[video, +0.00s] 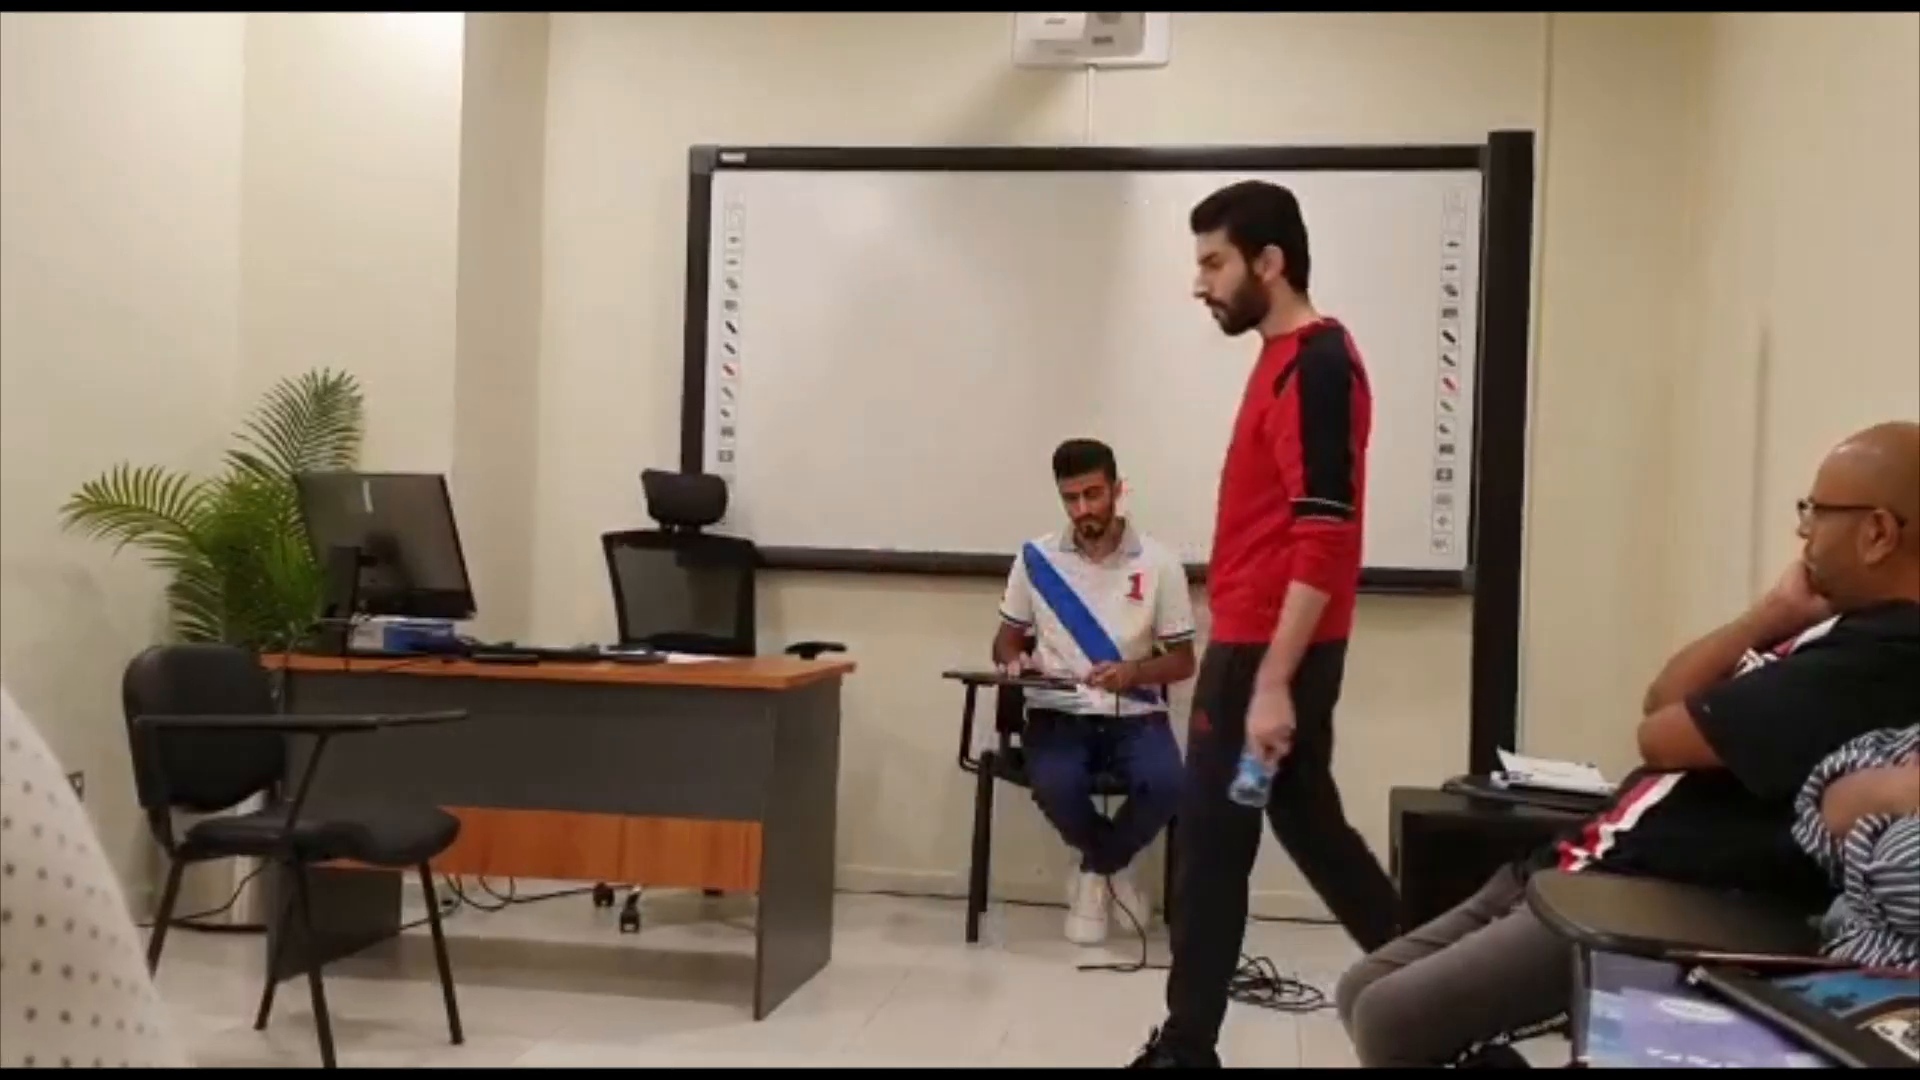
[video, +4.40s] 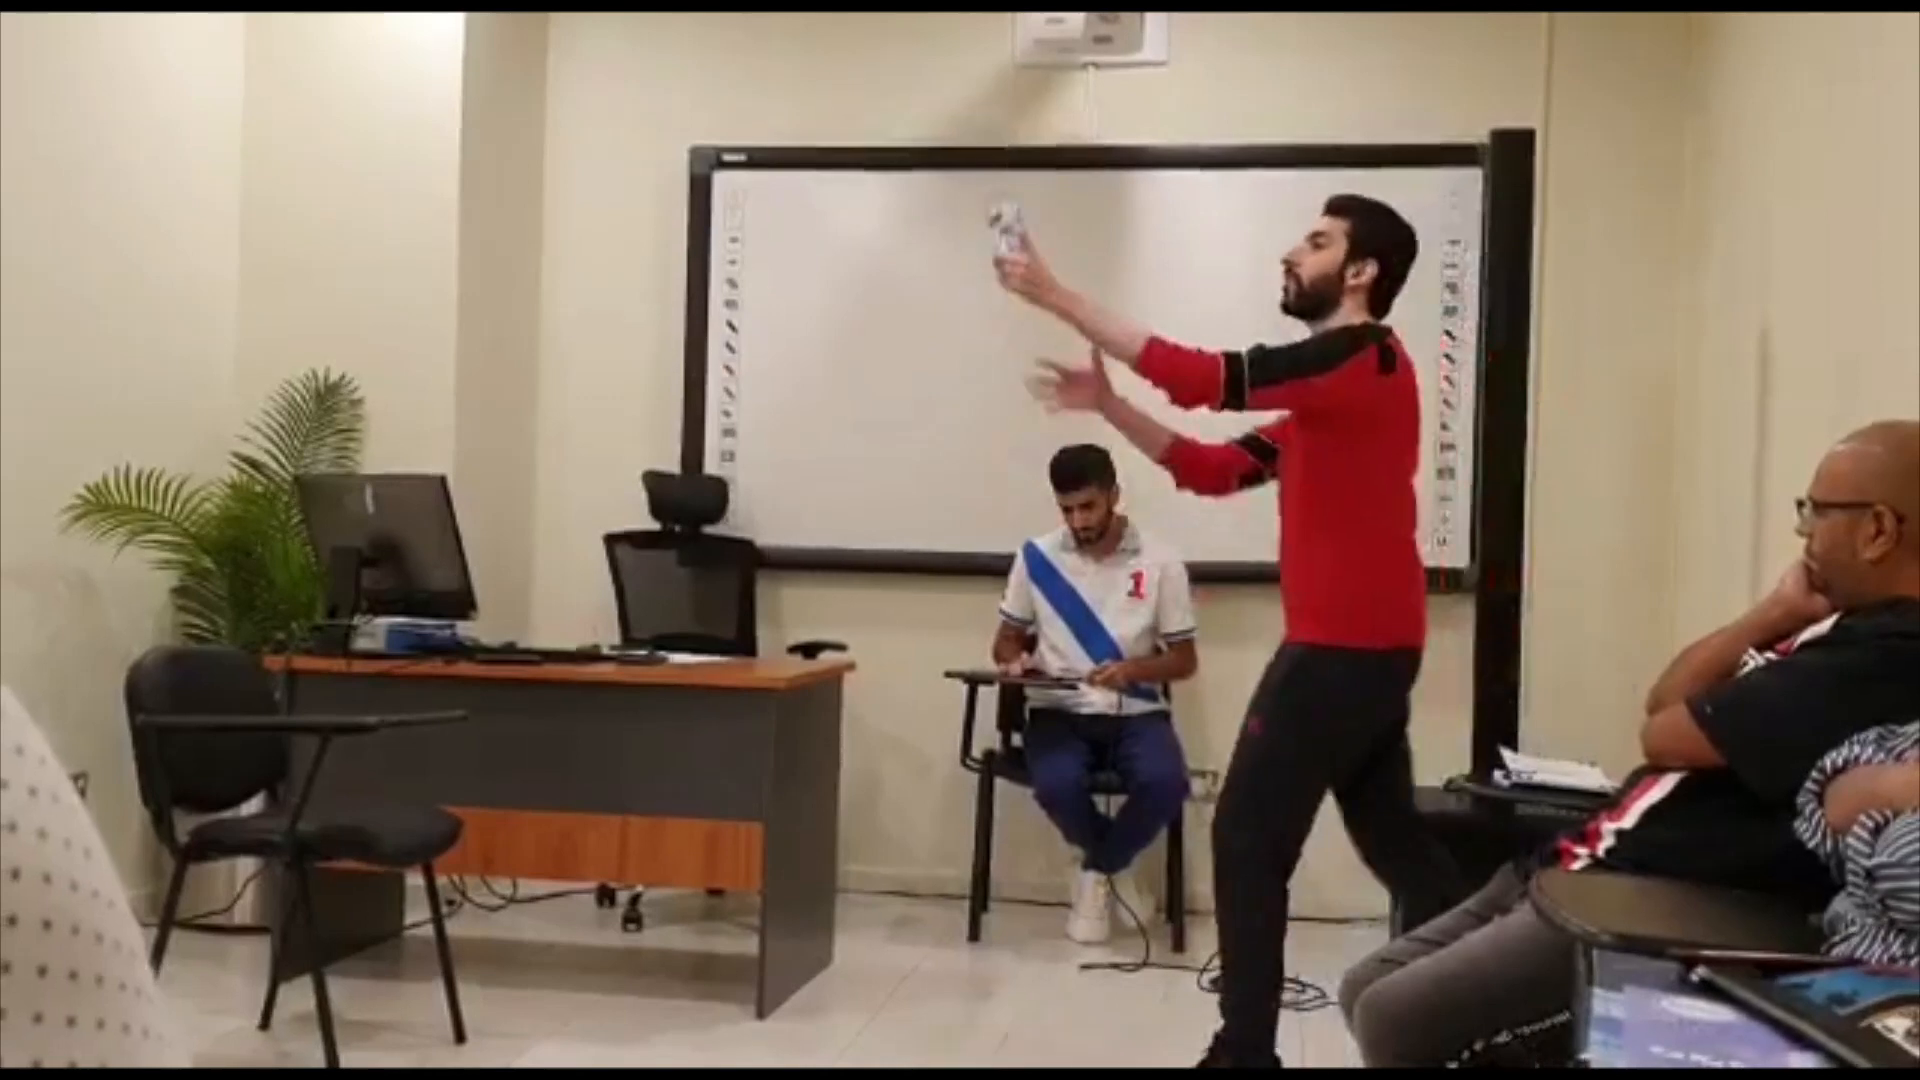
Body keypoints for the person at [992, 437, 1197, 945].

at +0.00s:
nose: (1083, 510)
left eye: (1092, 495)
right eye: (1071, 498)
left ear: (1117, 491)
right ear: (1060, 499)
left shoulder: (1157, 561)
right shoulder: (1036, 559)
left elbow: (1183, 660)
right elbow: (1006, 641)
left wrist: (1133, 673)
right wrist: (1013, 659)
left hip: (1134, 713)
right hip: (1058, 712)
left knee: (1165, 785)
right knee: (1055, 790)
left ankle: (1095, 874)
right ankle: (1115, 865)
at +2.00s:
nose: (1078, 526)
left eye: (1088, 512)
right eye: (1068, 515)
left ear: (1115, 498)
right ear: (1057, 509)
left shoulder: (1158, 566)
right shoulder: (1036, 562)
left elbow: (1184, 663)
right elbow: (1007, 643)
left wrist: (1132, 674)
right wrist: (1013, 662)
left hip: (1134, 717)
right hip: (1058, 716)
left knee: (1164, 788)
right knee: (1055, 791)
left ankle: (1094, 879)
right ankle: (1115, 869)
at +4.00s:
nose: (1077, 523)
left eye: (1087, 509)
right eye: (1067, 512)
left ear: (1113, 498)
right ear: (1056, 507)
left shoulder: (1157, 564)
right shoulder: (1035, 560)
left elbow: (1184, 661)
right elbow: (1004, 643)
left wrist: (1129, 672)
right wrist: (1013, 660)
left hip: (1135, 714)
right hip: (1057, 713)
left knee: (1163, 786)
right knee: (1054, 789)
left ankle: (1094, 877)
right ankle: (1113, 867)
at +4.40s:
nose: (1079, 521)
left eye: (1088, 507)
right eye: (1068, 510)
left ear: (1114, 497)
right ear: (1057, 505)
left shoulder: (1158, 563)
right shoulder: (1036, 558)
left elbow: (1184, 659)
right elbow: (1006, 642)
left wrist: (1131, 671)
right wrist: (1014, 660)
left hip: (1136, 712)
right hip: (1059, 711)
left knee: (1165, 784)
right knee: (1056, 787)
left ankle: (1096, 874)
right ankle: (1115, 866)